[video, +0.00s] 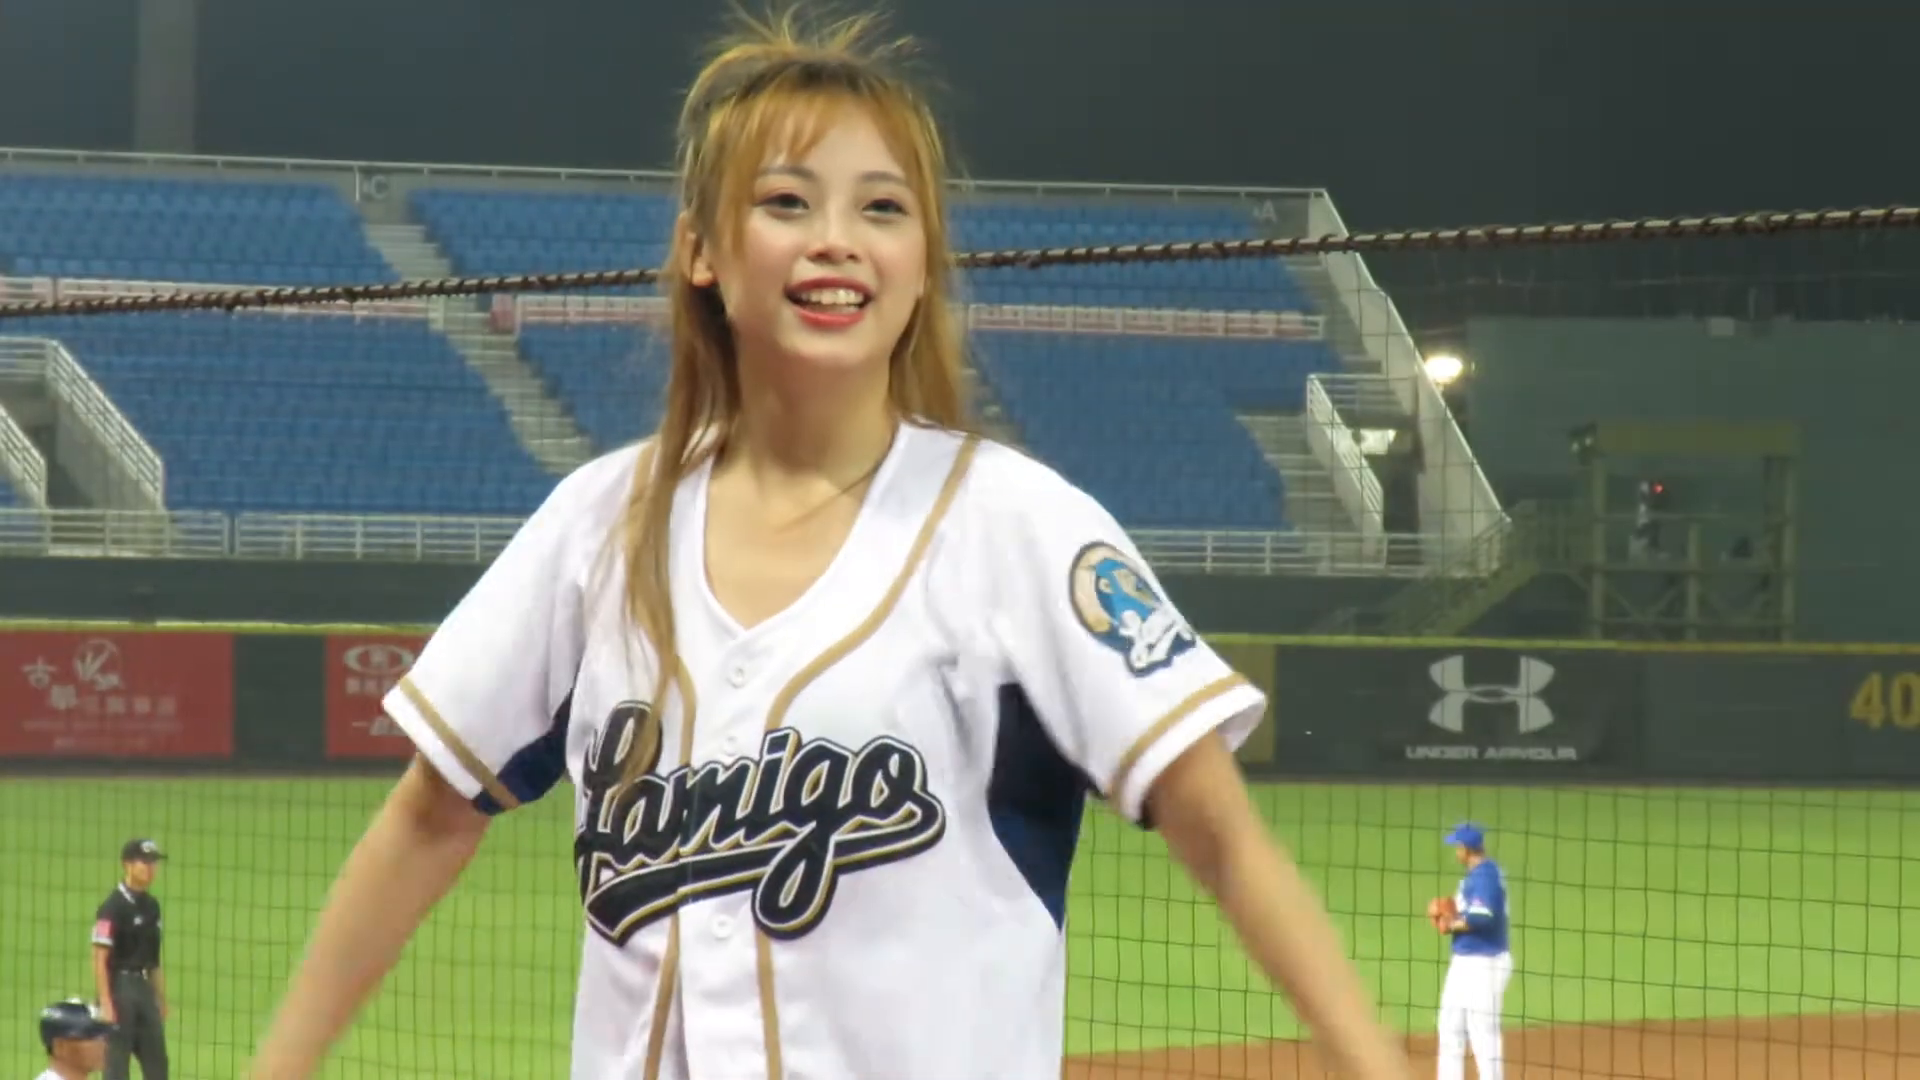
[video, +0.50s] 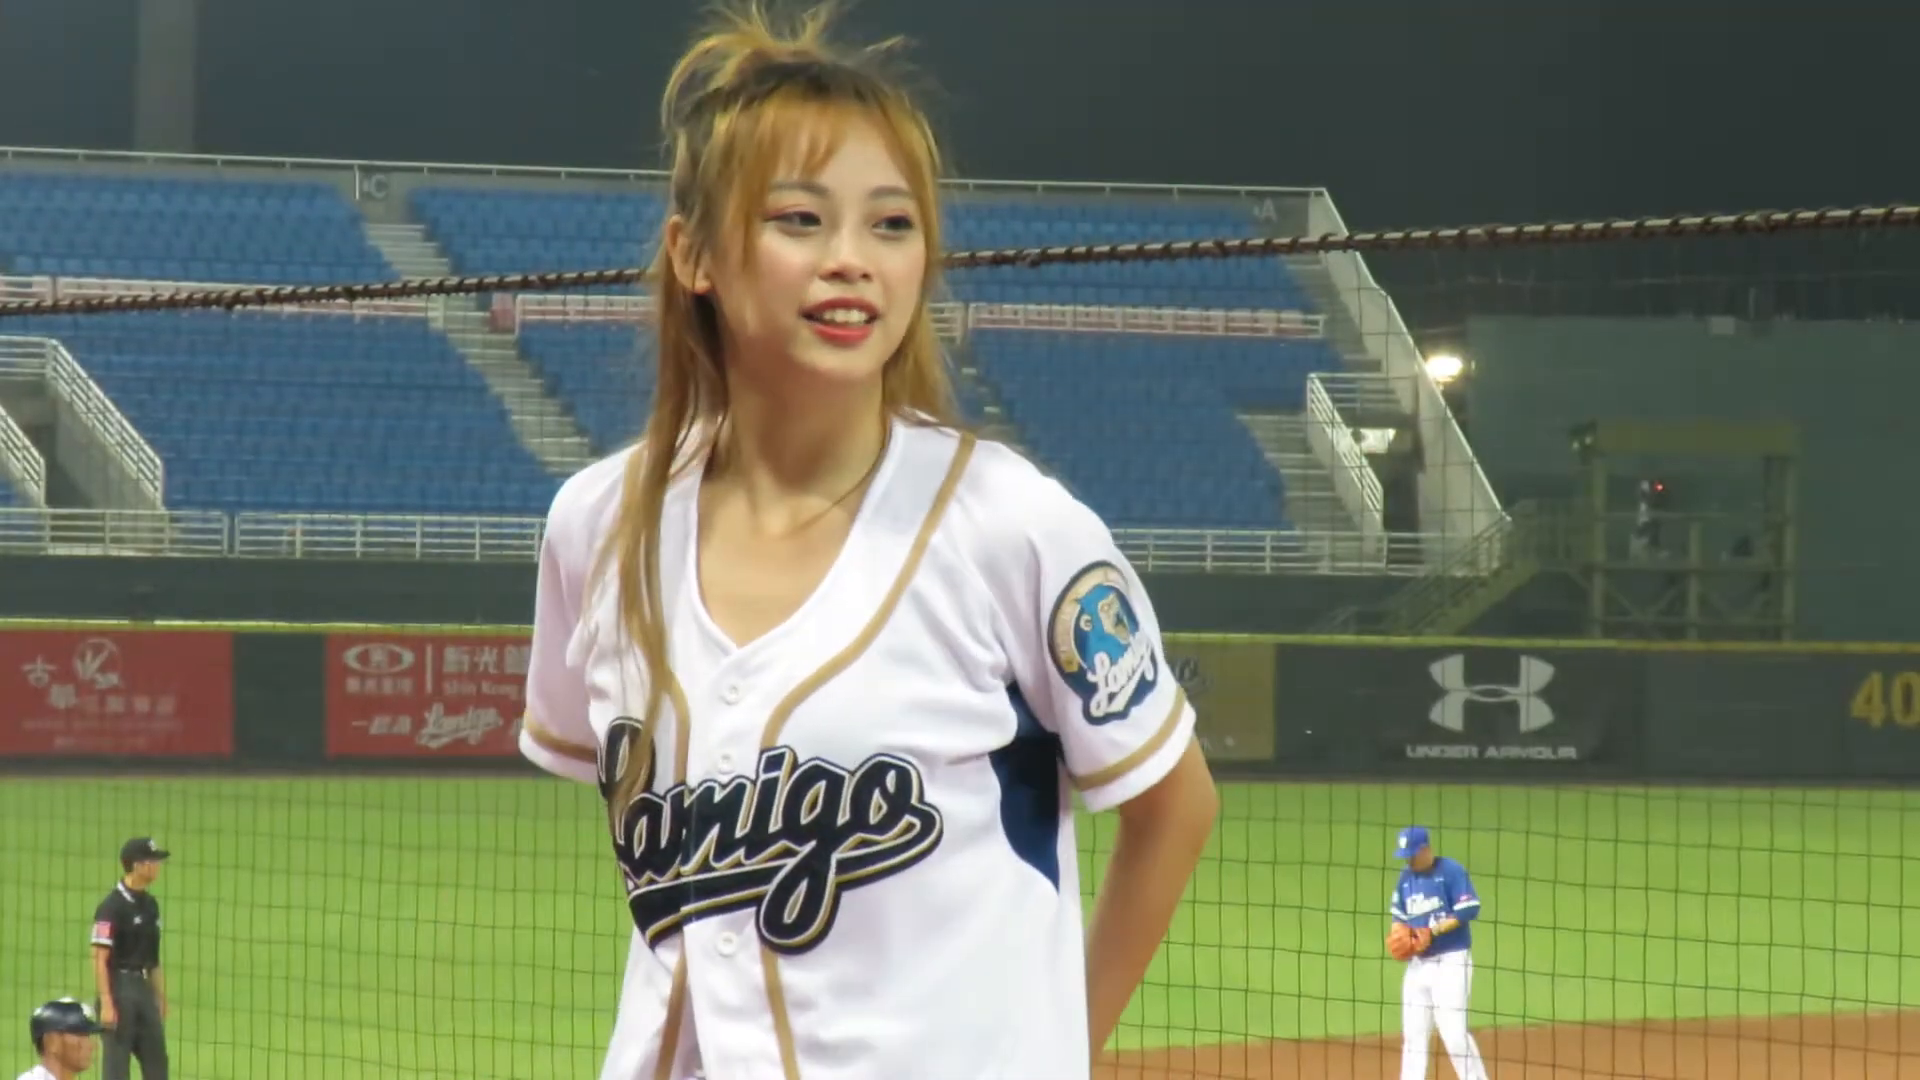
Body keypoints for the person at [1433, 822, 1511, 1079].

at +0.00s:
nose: (1456, 853)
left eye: (1458, 848)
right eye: (1456, 848)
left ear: (1469, 848)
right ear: (1472, 848)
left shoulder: (1485, 874)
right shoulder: (1471, 876)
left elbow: (1484, 916)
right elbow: (1466, 908)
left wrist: (1453, 924)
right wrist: (1447, 911)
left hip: (1487, 961)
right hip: (1464, 959)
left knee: (1483, 1029)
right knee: (1450, 1027)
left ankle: (1491, 1075)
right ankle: (1449, 1075)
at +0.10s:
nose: (1446, 854)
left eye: (1448, 849)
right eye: (1446, 849)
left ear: (1458, 849)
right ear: (1463, 849)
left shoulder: (1481, 873)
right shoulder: (1460, 878)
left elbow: (1479, 916)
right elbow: (1457, 911)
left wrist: (1445, 926)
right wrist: (1440, 917)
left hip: (1482, 962)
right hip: (1457, 960)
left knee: (1481, 1032)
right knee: (1442, 1031)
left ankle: (1491, 1075)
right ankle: (1426, 1075)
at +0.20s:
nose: (1437, 855)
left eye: (1440, 850)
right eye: (1437, 850)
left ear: (1453, 851)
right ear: (1452, 851)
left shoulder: (1475, 875)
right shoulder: (1450, 878)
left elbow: (1477, 917)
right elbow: (1448, 910)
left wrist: (1438, 926)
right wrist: (1431, 915)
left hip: (1476, 964)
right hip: (1448, 963)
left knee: (1478, 1037)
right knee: (1431, 1036)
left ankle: (1489, 1076)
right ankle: (1413, 1076)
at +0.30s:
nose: (1426, 861)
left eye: (1429, 855)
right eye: (1425, 856)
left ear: (1442, 852)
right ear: (1437, 853)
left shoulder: (1468, 874)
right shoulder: (1437, 880)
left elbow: (1473, 916)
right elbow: (1436, 914)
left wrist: (1434, 925)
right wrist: (1420, 919)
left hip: (1466, 964)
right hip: (1437, 964)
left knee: (1473, 1037)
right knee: (1424, 1038)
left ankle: (1486, 1075)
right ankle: (1413, 1076)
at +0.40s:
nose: (1417, 861)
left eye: (1420, 856)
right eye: (1415, 857)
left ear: (1435, 851)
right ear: (1420, 854)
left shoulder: (1459, 872)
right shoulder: (1422, 877)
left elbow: (1472, 910)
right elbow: (1420, 912)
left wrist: (1433, 925)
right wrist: (1409, 925)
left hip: (1458, 962)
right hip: (1426, 962)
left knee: (1463, 1032)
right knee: (1419, 1035)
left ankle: (1483, 1076)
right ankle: (1411, 1077)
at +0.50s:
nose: (1409, 862)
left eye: (1412, 856)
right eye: (1406, 857)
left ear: (1426, 850)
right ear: (1404, 855)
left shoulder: (1450, 870)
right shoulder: (1406, 878)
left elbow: (1470, 909)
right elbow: (1398, 917)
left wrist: (1432, 931)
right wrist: (1399, 937)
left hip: (1451, 961)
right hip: (1419, 962)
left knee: (1453, 1034)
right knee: (1414, 1037)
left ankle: (1477, 1077)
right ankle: (1411, 1078)